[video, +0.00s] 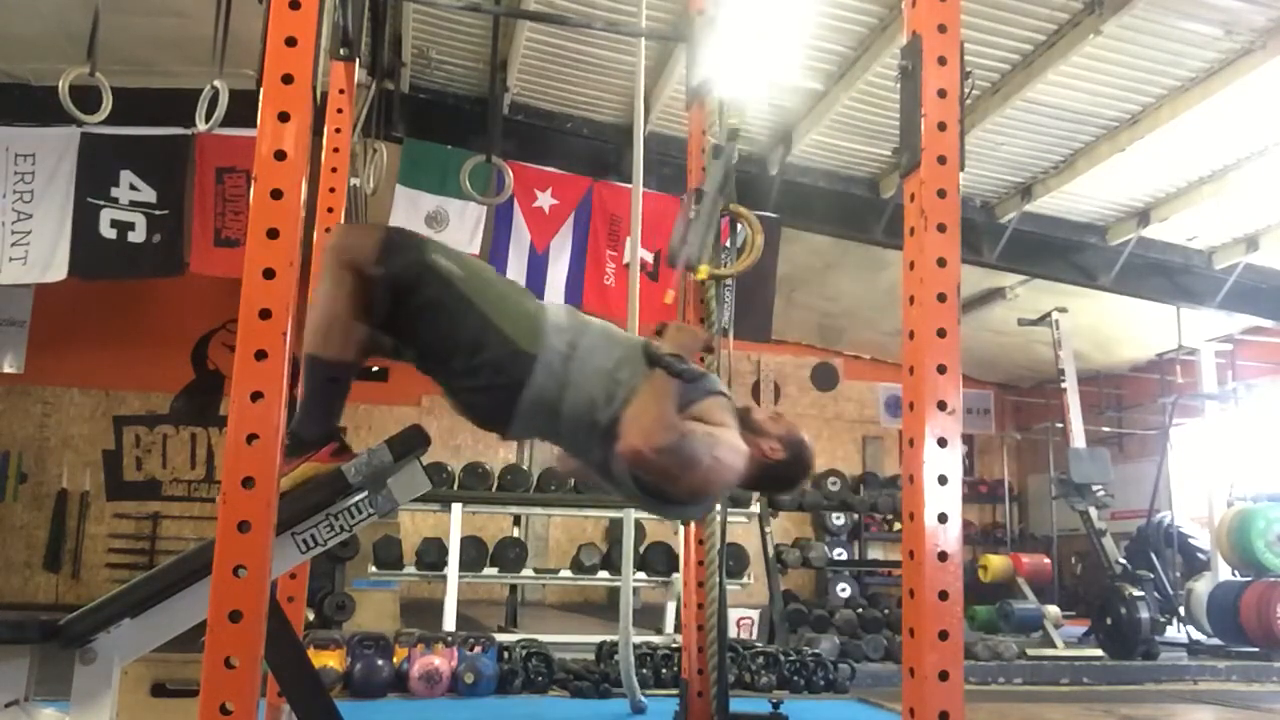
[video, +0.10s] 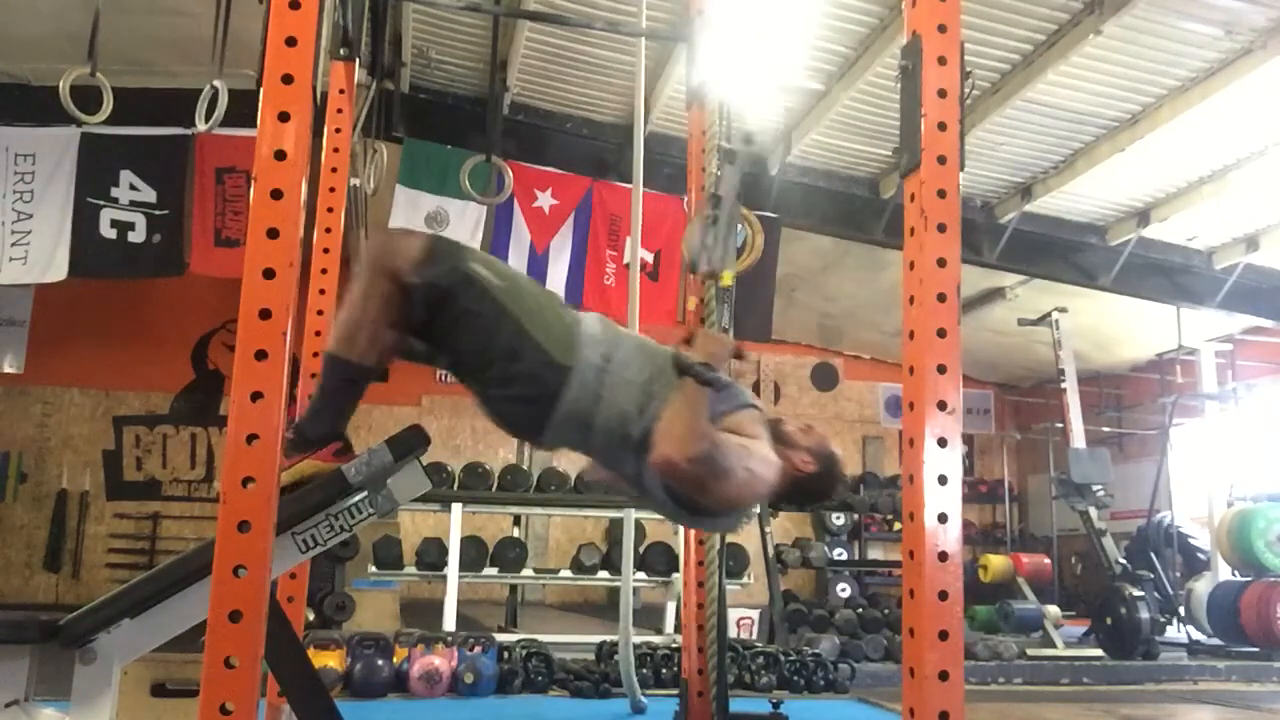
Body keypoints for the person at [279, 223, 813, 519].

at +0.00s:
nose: (768, 408)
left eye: (776, 423)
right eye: (778, 412)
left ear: (768, 452)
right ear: (766, 442)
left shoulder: (725, 457)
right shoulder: (712, 433)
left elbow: (642, 445)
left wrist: (672, 361)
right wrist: (671, 351)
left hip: (523, 362)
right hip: (522, 369)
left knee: (352, 244)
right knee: (370, 296)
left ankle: (314, 420)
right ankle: (300, 413)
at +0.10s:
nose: (802, 427)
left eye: (810, 441)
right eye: (811, 432)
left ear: (803, 464)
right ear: (801, 448)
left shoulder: (758, 470)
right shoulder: (739, 452)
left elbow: (676, 455)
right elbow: (596, 475)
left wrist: (705, 373)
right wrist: (709, 367)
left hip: (561, 367)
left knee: (396, 250)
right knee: (388, 301)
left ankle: (319, 425)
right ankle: (317, 425)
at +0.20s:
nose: (843, 443)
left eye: (852, 458)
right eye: (852, 445)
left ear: (840, 484)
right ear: (835, 447)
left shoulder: (791, 484)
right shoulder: (779, 437)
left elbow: (719, 463)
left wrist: (734, 386)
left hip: (601, 388)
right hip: (603, 359)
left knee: (440, 263)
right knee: (436, 283)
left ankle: (321, 428)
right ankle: (324, 420)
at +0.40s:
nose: (901, 435)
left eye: (915, 447)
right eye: (909, 441)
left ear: (913, 492)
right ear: (911, 453)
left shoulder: (869, 511)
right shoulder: (855, 452)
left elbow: (800, 475)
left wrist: (806, 389)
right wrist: (802, 378)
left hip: (672, 427)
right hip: (677, 388)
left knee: (517, 296)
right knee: (511, 296)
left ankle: (355, 414)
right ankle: (362, 403)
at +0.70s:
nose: (993, 497)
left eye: (1004, 509)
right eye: (1002, 495)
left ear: (996, 540)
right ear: (988, 499)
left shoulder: (943, 550)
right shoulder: (938, 504)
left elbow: (882, 487)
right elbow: (879, 466)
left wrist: (877, 403)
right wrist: (900, 418)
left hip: (761, 467)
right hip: (759, 437)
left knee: (594, 365)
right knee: (583, 366)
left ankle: (403, 413)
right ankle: (407, 410)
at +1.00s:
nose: (1012, 550)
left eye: (1021, 567)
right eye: (1021, 549)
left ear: (1009, 594)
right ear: (1004, 538)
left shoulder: (968, 577)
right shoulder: (948, 549)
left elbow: (900, 505)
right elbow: (861, 490)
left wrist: (903, 422)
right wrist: (844, 422)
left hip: (778, 517)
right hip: (771, 496)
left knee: (613, 434)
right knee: (602, 431)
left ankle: (408, 418)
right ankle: (416, 424)